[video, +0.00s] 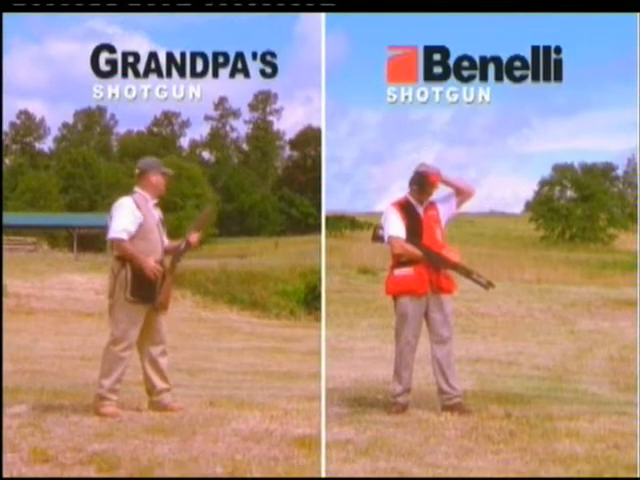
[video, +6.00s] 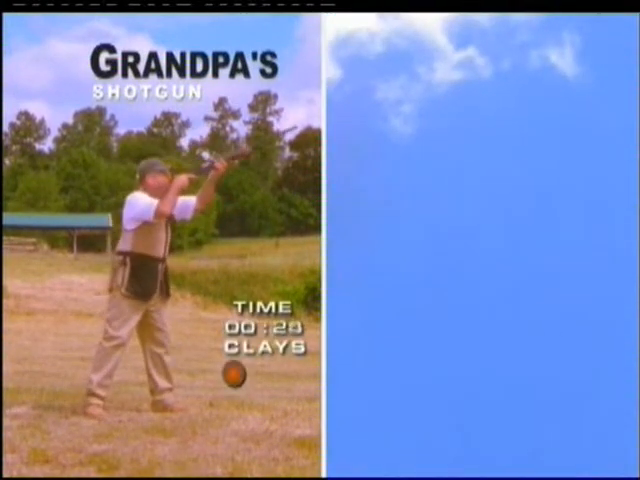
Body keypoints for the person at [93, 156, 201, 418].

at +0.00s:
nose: (165, 183)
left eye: (165, 178)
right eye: (160, 176)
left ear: (153, 180)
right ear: (146, 178)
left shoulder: (154, 211)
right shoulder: (127, 205)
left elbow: (160, 246)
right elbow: (117, 241)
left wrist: (185, 244)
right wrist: (143, 261)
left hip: (152, 276)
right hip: (129, 276)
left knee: (155, 341)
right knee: (122, 340)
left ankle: (160, 396)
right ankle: (106, 398)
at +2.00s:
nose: (115, 178)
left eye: (119, 172)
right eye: (109, 174)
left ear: (128, 176)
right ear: (103, 179)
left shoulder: (141, 206)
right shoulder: (97, 211)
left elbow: (153, 241)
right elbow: (90, 247)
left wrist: (169, 236)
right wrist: (125, 250)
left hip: (142, 283)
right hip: (114, 283)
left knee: (148, 344)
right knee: (113, 343)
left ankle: (159, 396)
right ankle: (102, 399)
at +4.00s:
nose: (164, 187)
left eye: (163, 182)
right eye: (160, 182)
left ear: (149, 187)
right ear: (145, 186)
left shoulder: (155, 213)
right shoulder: (145, 216)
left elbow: (179, 237)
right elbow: (167, 247)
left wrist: (212, 229)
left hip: (149, 276)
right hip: (131, 277)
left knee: (163, 338)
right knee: (127, 340)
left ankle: (164, 395)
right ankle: (95, 396)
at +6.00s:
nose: (166, 184)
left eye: (167, 180)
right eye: (161, 179)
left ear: (166, 182)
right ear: (146, 179)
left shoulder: (165, 202)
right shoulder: (135, 200)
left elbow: (199, 204)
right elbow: (163, 212)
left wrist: (213, 179)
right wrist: (176, 185)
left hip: (156, 269)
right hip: (131, 267)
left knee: (158, 339)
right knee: (115, 337)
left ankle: (162, 397)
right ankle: (95, 398)